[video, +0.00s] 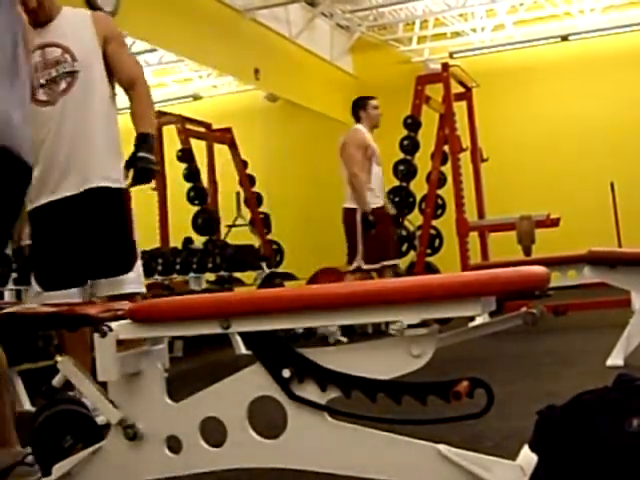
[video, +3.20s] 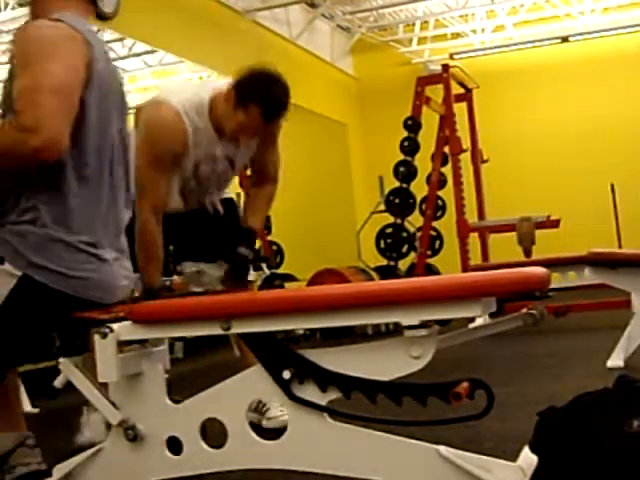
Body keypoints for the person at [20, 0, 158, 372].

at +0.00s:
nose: (28, 3)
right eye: (22, 1)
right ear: (18, 4)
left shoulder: (96, 24)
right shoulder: (12, 45)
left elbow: (136, 85)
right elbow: (10, 128)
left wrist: (145, 145)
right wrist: (17, 207)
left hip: (101, 180)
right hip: (44, 194)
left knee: (119, 300)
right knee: (65, 311)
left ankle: (134, 395)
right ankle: (83, 400)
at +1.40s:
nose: (102, 1)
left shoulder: (162, 28)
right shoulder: (65, 40)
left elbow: (194, 92)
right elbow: (46, 111)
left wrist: (203, 158)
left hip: (155, 187)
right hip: (90, 193)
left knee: (177, 301)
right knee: (96, 306)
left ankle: (190, 394)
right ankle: (105, 401)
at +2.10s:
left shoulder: (221, 26)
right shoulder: (120, 26)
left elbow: (246, 95)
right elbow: (95, 96)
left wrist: (260, 156)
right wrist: (73, 152)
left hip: (193, 181)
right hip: (126, 171)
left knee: (190, 294)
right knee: (93, 236)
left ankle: (193, 390)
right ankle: (113, 346)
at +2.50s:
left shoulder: (223, 32)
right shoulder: (120, 24)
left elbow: (246, 100)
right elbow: (92, 89)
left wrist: (256, 161)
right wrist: (76, 158)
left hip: (192, 189)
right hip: (126, 183)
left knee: (195, 304)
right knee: (109, 294)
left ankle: (195, 395)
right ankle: (117, 391)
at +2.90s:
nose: (204, 33)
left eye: (215, 26)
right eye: (200, 21)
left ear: (225, 20)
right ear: (182, 2)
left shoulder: (222, 48)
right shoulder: (126, 34)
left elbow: (230, 114)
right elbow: (106, 116)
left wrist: (239, 169)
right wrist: (122, 197)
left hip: (195, 197)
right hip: (131, 198)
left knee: (224, 306)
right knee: (128, 318)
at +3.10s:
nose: (238, 86)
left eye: (248, 80)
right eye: (235, 75)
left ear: (259, 72)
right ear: (218, 52)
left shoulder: (257, 89)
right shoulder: (161, 76)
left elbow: (259, 153)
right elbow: (138, 167)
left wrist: (247, 212)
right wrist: (144, 250)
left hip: (209, 196)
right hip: (150, 193)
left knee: (229, 302)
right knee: (146, 306)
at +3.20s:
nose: (247, 137)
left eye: (257, 133)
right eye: (245, 128)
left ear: (269, 120)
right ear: (232, 101)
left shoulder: (264, 120)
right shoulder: (168, 120)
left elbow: (264, 178)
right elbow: (149, 210)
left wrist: (250, 236)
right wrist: (153, 292)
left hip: (210, 209)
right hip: (159, 211)